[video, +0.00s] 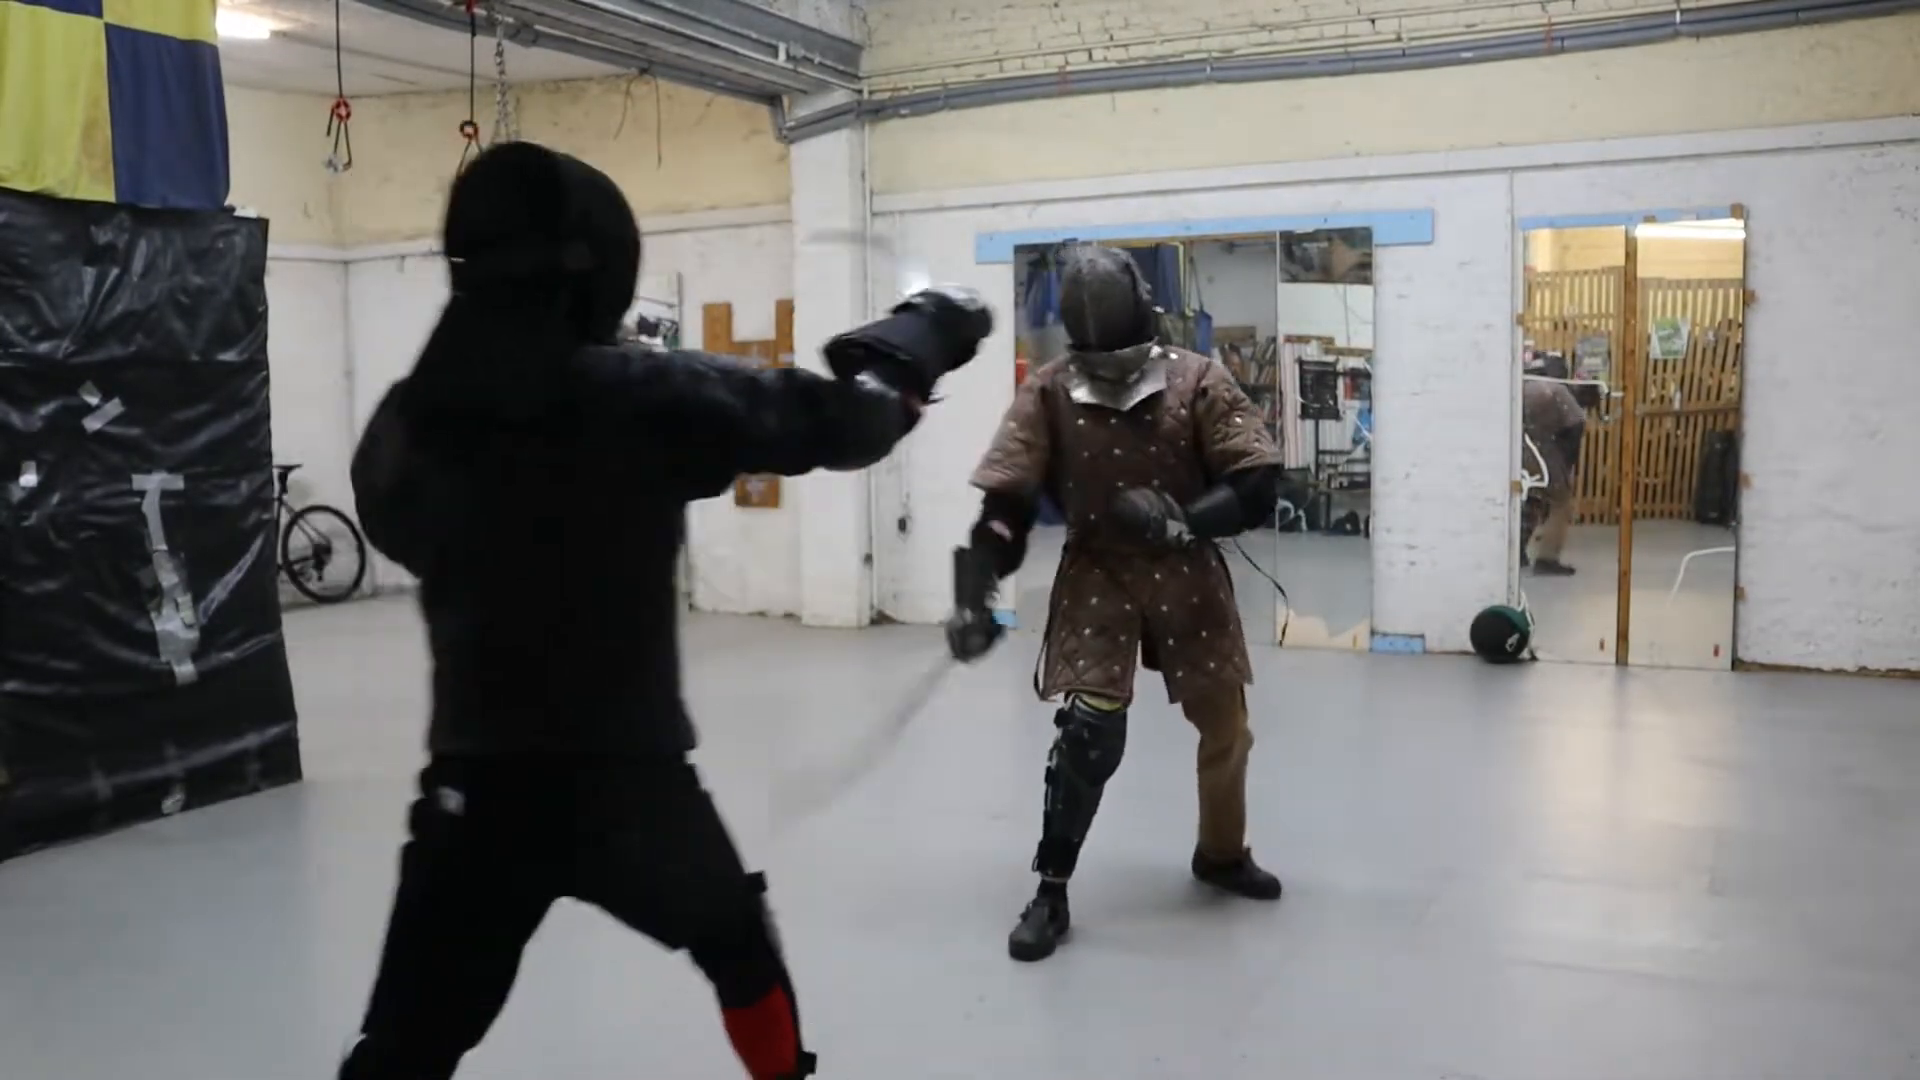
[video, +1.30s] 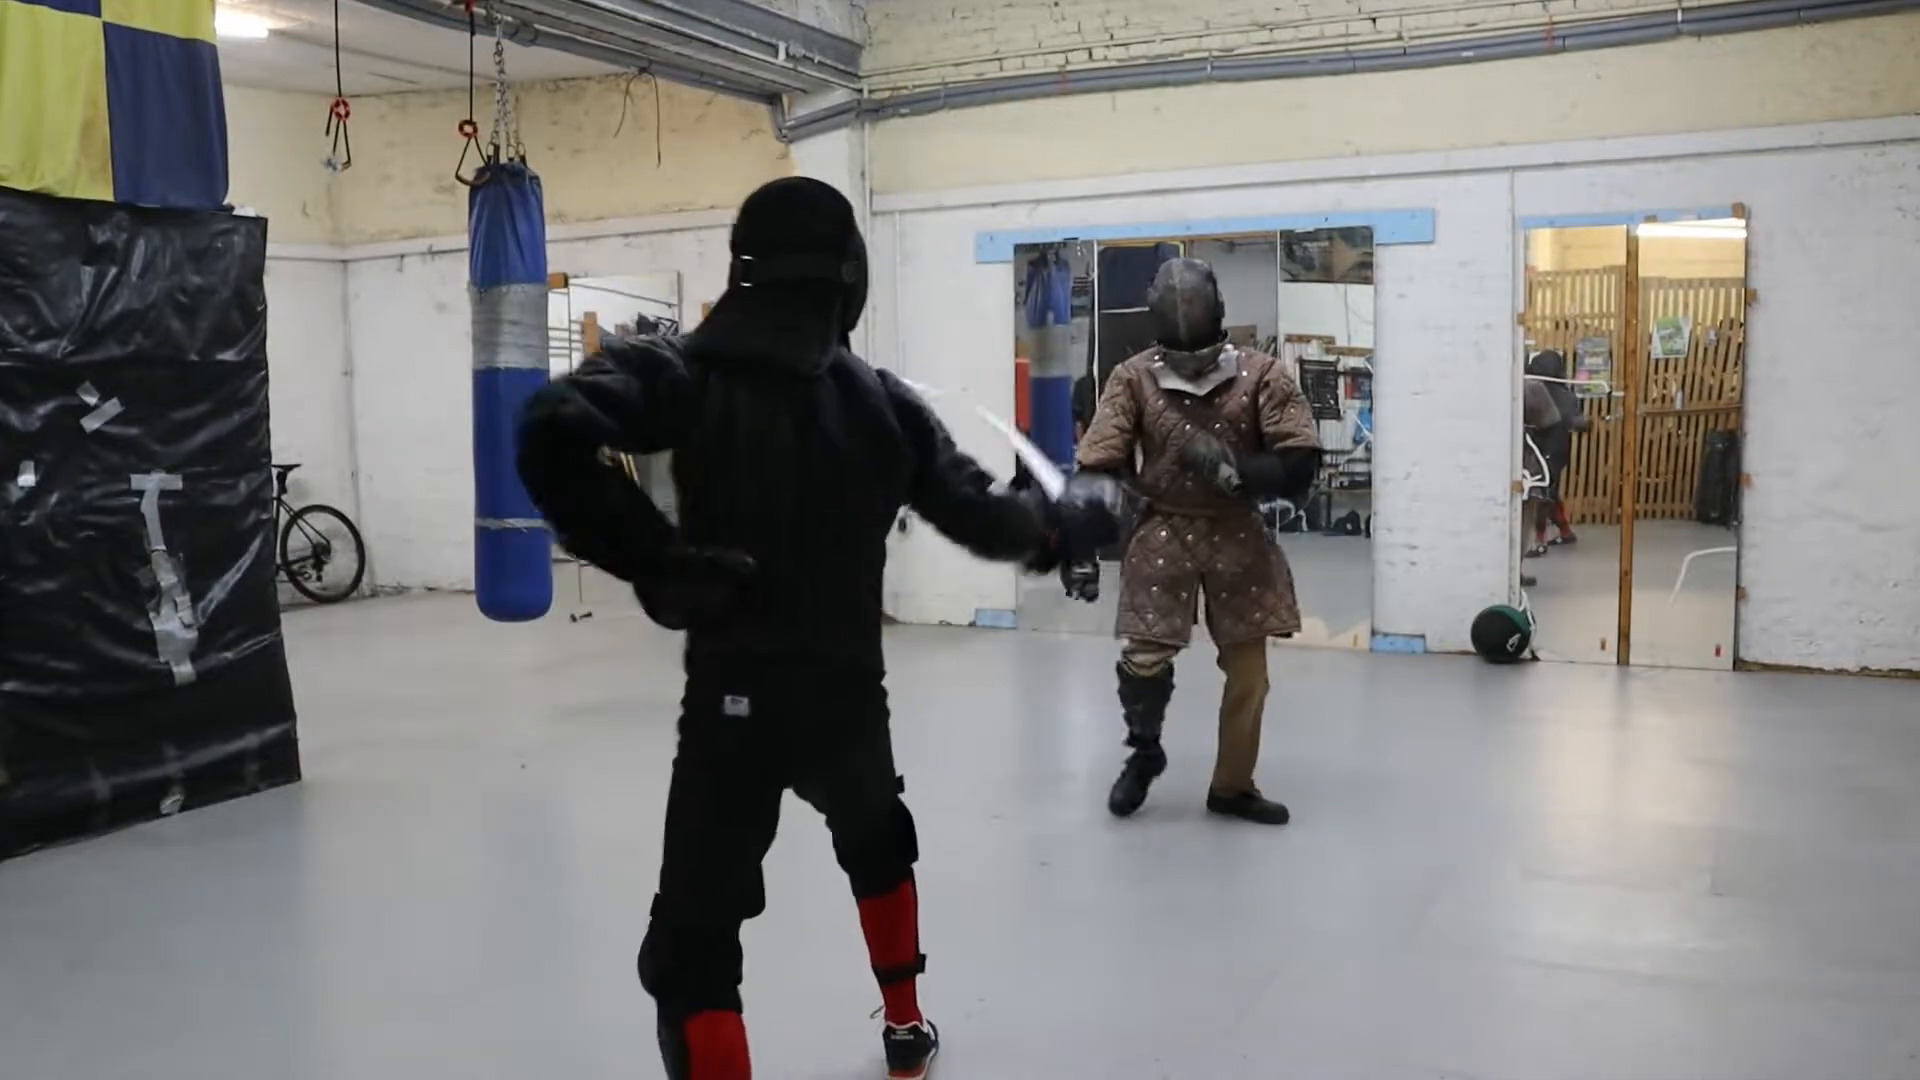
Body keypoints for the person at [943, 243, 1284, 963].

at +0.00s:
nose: (1108, 370)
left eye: (1122, 353)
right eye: (1092, 356)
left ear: (1146, 325)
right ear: (1071, 336)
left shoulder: (1198, 383)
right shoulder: (1047, 395)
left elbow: (1261, 485)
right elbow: (1008, 504)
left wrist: (1183, 523)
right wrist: (974, 591)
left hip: (1187, 576)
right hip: (1096, 578)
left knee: (1229, 726)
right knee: (1090, 733)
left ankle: (1221, 856)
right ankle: (1050, 891)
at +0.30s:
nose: (1175, 356)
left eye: (1188, 340)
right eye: (1162, 342)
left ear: (1212, 320)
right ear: (1143, 327)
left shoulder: (1258, 384)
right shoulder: (1118, 384)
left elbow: (1296, 493)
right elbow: (1085, 486)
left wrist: (1202, 514)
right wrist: (1046, 533)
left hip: (1222, 575)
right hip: (1130, 573)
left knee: (1236, 725)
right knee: (1086, 714)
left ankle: (1234, 854)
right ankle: (1055, 870)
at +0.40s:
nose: (1186, 358)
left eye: (1200, 343)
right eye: (1173, 345)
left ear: (1224, 324)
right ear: (1156, 329)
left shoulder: (1266, 383)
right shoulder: (1133, 384)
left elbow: (1300, 490)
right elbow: (1096, 482)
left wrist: (1209, 503)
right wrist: (1054, 527)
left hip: (1228, 575)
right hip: (1140, 571)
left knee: (1245, 720)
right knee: (1083, 697)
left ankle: (1234, 853)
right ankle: (1091, 837)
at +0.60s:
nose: (1180, 355)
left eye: (1192, 341)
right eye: (1167, 343)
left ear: (1215, 329)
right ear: (1150, 335)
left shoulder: (1259, 387)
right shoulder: (1129, 389)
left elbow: (1282, 480)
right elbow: (1102, 477)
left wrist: (1196, 460)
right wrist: (1130, 495)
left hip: (1222, 560)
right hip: (1145, 560)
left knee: (1238, 695)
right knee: (1127, 701)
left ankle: (1237, 847)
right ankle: (1174, 779)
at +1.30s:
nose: (1183, 323)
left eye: (1194, 309)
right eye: (1171, 310)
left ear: (1216, 309)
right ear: (1155, 314)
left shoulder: (1264, 376)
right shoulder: (1133, 379)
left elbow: (1301, 465)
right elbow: (1097, 467)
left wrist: (1235, 470)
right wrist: (1083, 547)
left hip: (1237, 536)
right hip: (1161, 534)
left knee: (1250, 673)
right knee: (1142, 663)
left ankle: (1232, 788)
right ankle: (1144, 753)